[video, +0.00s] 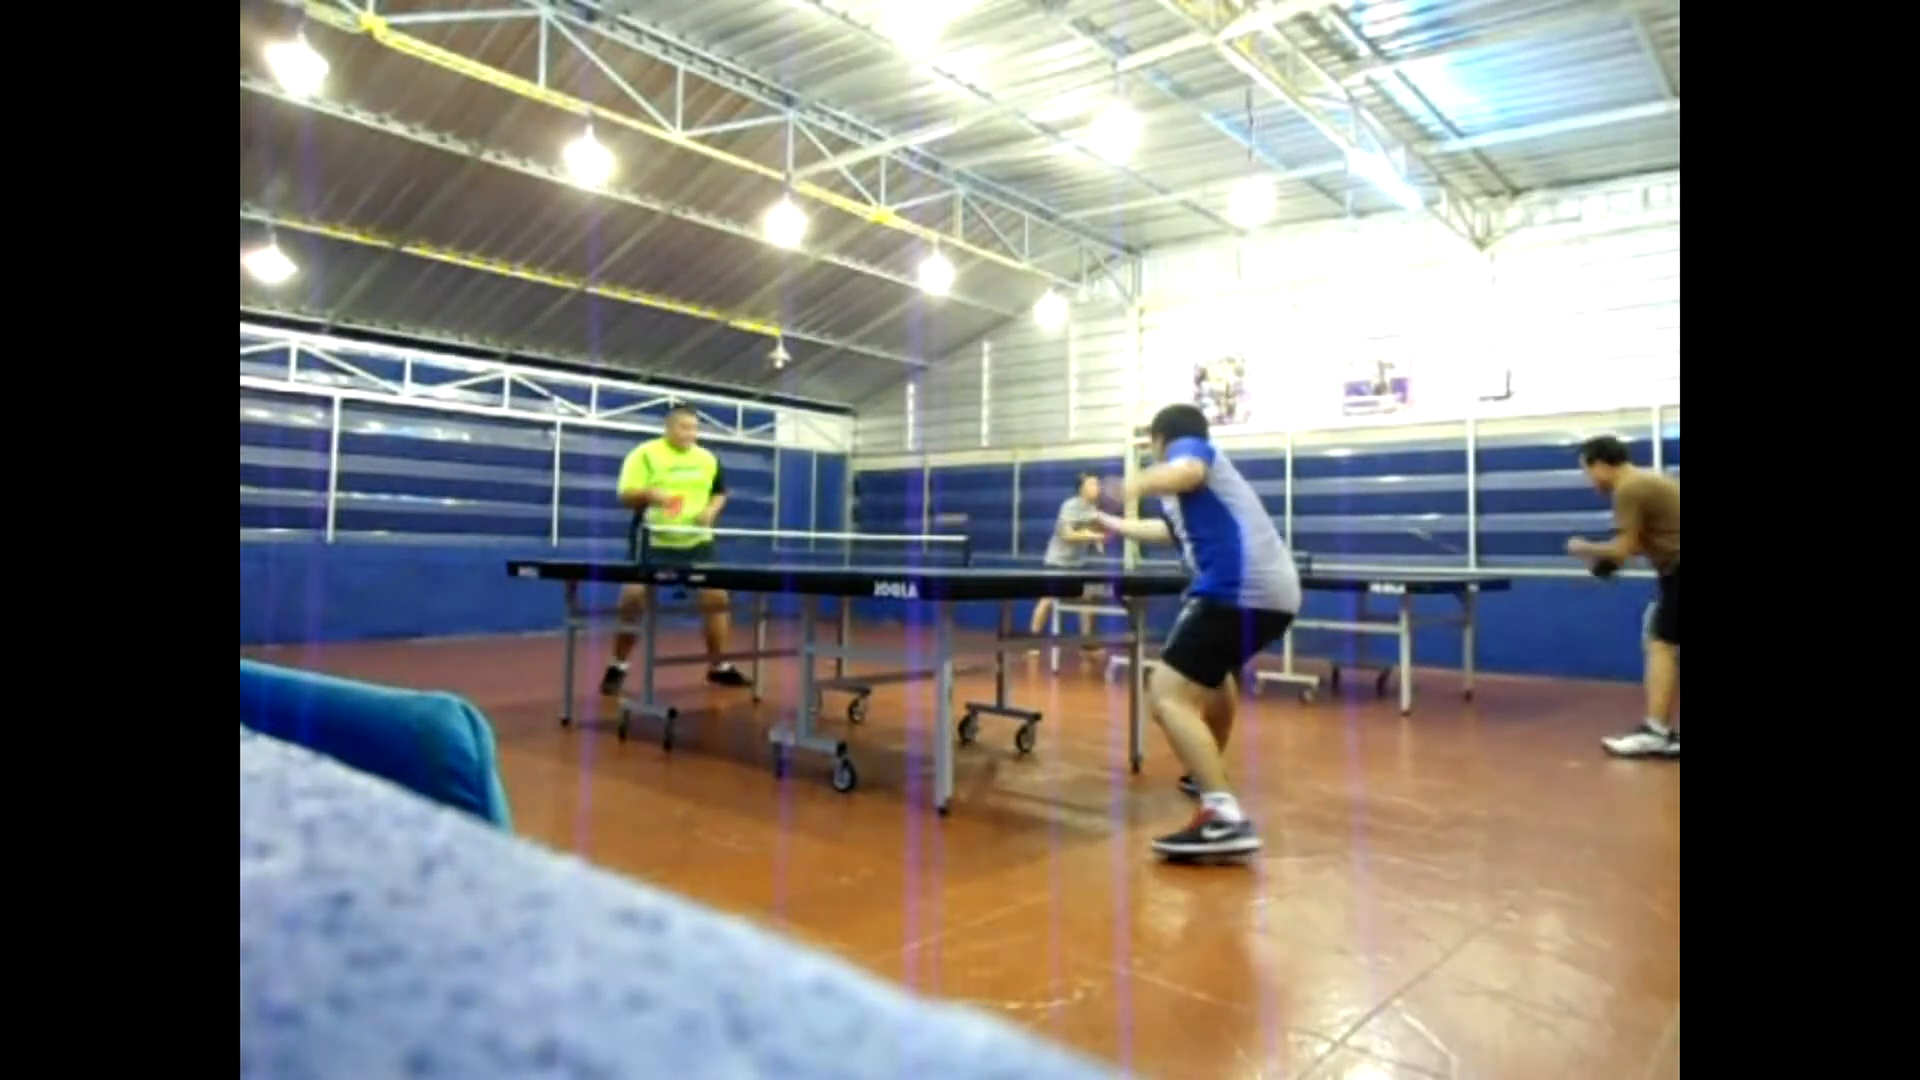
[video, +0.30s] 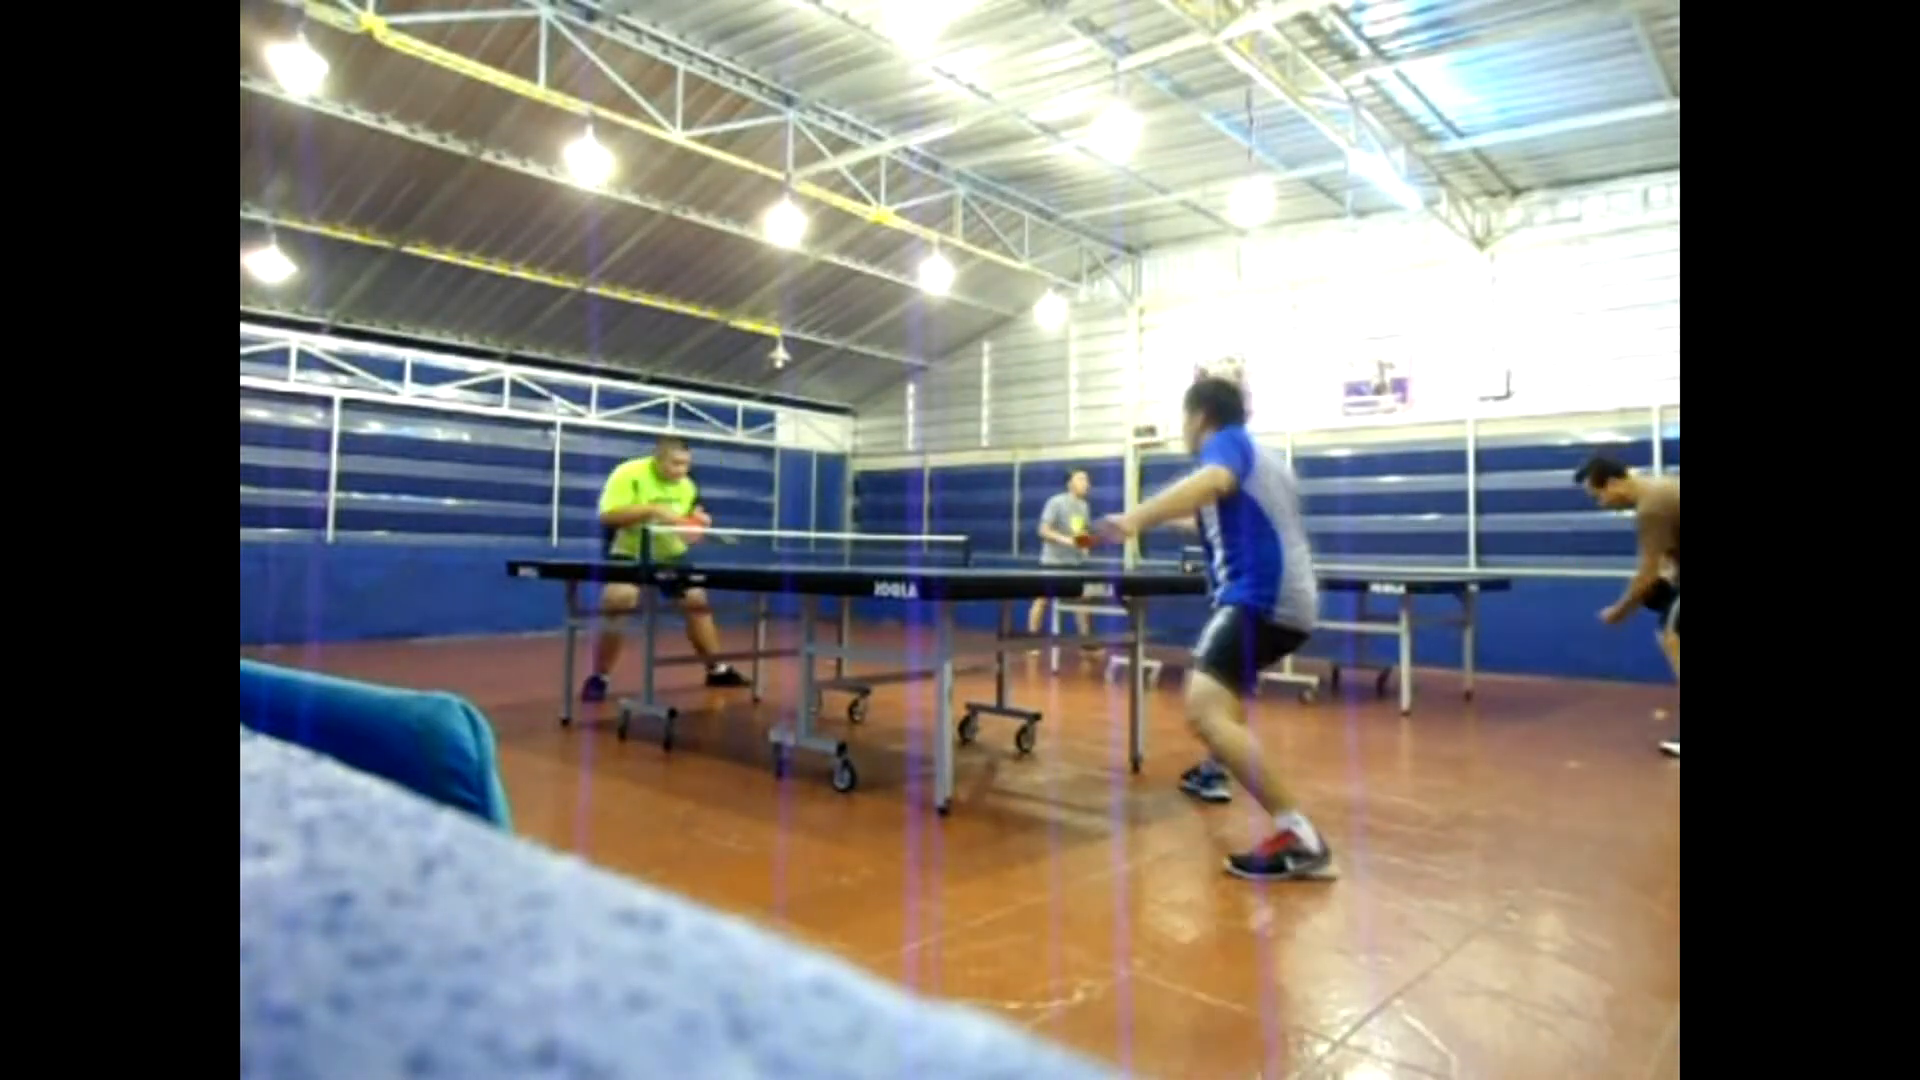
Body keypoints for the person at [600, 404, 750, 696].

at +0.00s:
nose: (689, 433)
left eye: (693, 427)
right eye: (683, 426)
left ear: (698, 430)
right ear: (669, 427)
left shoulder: (709, 460)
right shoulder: (645, 455)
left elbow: (719, 492)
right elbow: (627, 493)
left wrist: (710, 512)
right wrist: (654, 497)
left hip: (697, 539)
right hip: (655, 539)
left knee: (716, 598)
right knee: (633, 598)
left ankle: (719, 663)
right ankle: (618, 664)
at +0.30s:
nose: (681, 471)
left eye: (685, 464)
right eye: (675, 463)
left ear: (689, 463)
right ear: (659, 458)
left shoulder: (687, 487)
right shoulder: (629, 473)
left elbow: (682, 523)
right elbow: (609, 514)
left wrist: (695, 523)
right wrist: (652, 512)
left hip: (672, 555)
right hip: (630, 555)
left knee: (696, 599)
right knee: (619, 601)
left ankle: (716, 665)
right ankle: (600, 676)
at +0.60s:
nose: (666, 444)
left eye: (670, 438)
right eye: (659, 436)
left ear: (672, 441)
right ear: (642, 436)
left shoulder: (669, 465)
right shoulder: (617, 457)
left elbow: (667, 498)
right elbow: (616, 489)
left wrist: (687, 487)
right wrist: (660, 481)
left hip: (658, 543)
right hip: (621, 545)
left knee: (675, 598)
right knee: (620, 602)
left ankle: (674, 659)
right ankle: (601, 674)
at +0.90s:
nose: (664, 442)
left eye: (669, 436)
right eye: (658, 434)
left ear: (674, 440)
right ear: (645, 435)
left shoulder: (681, 471)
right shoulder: (621, 459)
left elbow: (685, 499)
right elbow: (587, 485)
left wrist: (691, 508)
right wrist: (611, 501)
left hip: (661, 544)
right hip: (620, 542)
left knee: (670, 602)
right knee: (607, 598)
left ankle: (664, 662)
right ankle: (582, 666)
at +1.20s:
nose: (638, 452)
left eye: (643, 447)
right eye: (633, 446)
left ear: (649, 451)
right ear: (621, 447)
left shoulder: (656, 479)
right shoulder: (598, 471)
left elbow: (677, 510)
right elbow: (566, 497)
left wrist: (664, 502)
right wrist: (595, 515)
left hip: (638, 560)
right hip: (594, 558)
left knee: (669, 599)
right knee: (572, 602)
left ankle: (662, 662)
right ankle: (537, 670)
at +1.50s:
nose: (639, 457)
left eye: (643, 451)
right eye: (632, 451)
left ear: (646, 455)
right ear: (617, 452)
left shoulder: (645, 481)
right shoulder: (610, 480)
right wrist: (686, 509)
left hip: (629, 562)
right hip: (591, 562)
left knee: (665, 598)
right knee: (575, 606)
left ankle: (663, 663)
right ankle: (538, 671)